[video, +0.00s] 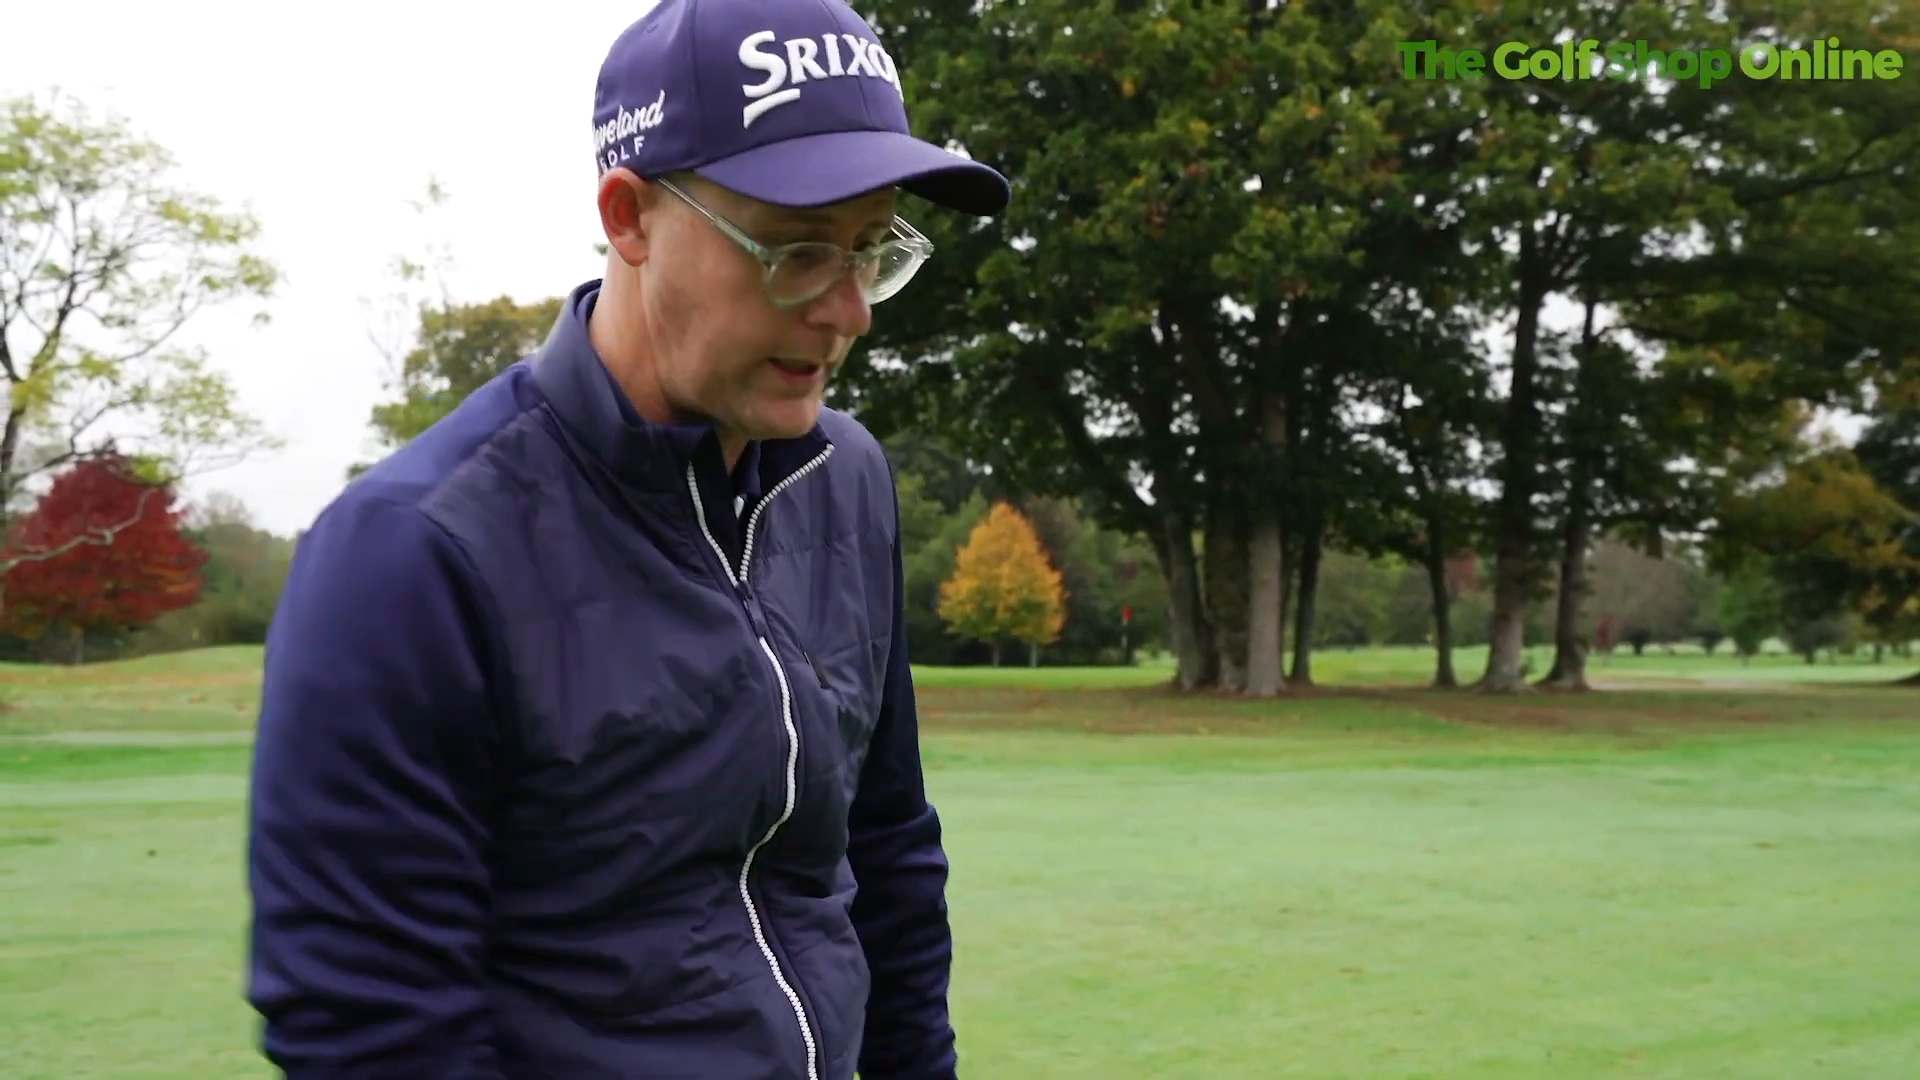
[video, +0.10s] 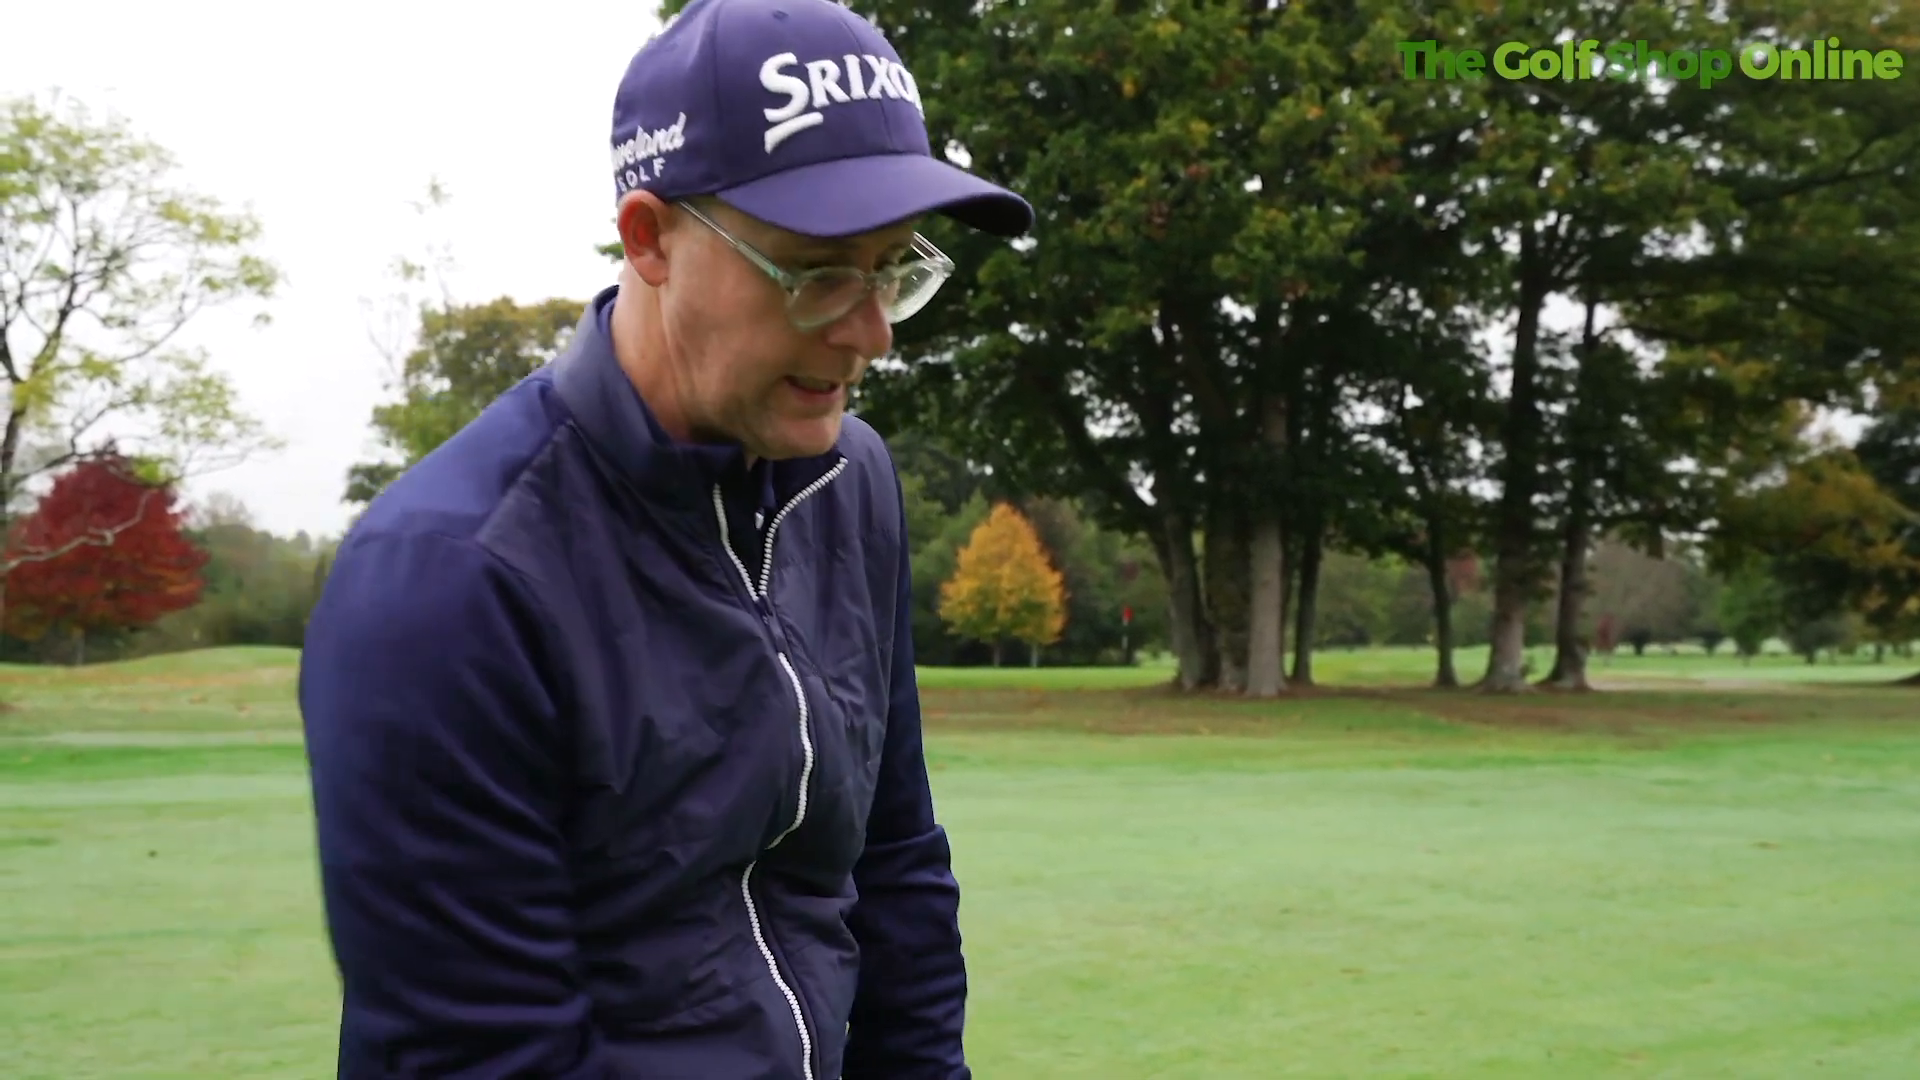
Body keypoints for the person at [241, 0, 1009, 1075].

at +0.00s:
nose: (849, 310)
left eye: (869, 248)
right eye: (793, 249)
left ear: (891, 224)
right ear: (629, 219)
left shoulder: (849, 484)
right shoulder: (410, 553)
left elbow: (887, 853)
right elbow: (366, 1024)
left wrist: (913, 1064)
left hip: (828, 1053)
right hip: (572, 1058)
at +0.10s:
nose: (869, 333)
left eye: (891, 266)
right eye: (809, 268)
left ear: (911, 248)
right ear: (647, 242)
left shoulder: (850, 481)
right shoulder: (444, 576)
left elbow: (897, 867)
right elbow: (471, 1050)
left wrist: (921, 1066)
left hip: (825, 1050)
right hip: (615, 1059)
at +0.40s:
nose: (957, 391)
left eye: (979, 331)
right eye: (906, 332)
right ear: (752, 297)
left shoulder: (932, 520)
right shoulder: (553, 610)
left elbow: (924, 902)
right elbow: (601, 1050)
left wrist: (924, 1065)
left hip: (841, 1040)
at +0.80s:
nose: (1061, 474)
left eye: (1085, 422)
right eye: (1018, 422)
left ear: (1107, 391)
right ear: (884, 368)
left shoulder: (1040, 579)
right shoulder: (653, 630)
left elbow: (970, 930)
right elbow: (724, 1031)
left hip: (854, 1029)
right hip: (608, 1048)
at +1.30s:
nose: (1031, 551)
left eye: (1062, 498)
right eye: (987, 494)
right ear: (848, 434)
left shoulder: (1039, 622)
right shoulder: (594, 677)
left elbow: (959, 990)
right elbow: (640, 1042)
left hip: (849, 1037)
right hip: (580, 1047)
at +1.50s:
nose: (1046, 557)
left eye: (1076, 504)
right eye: (1004, 500)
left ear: (1108, 473)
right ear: (863, 437)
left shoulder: (1064, 668)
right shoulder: (573, 602)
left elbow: (930, 1034)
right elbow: (520, 1024)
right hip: (615, 1056)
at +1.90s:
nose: (1088, 597)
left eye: (1107, 545)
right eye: (1042, 548)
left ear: (1136, 487)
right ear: (897, 482)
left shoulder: (1078, 654)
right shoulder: (628, 679)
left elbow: (1005, 1019)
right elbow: (592, 1042)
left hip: (914, 1042)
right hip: (675, 1042)